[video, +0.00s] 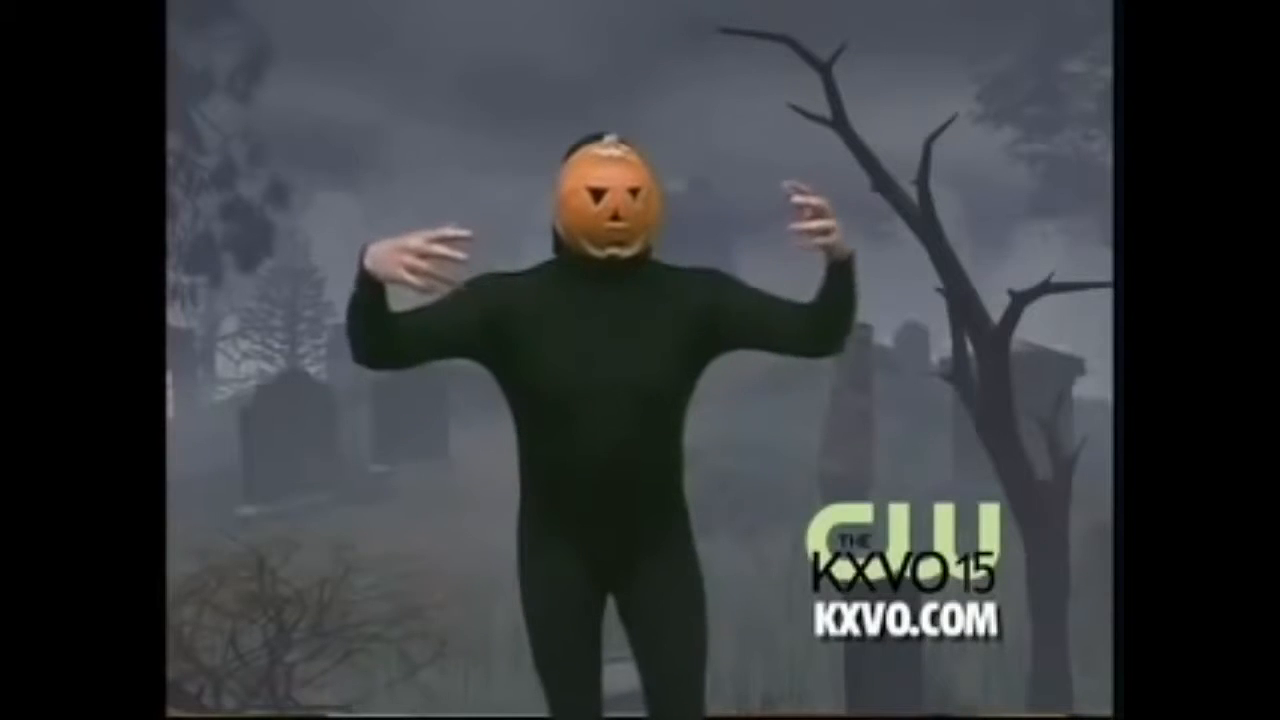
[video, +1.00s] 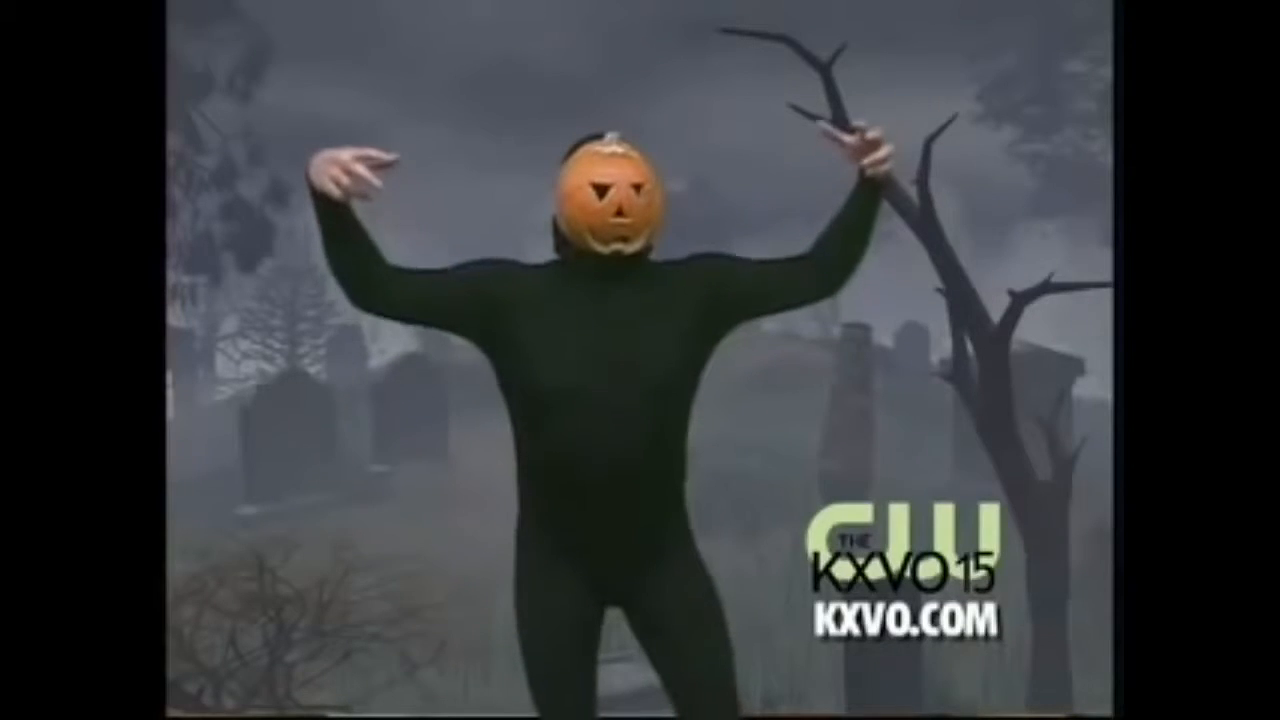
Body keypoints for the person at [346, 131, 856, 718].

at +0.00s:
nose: (616, 206)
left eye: (633, 193)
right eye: (596, 193)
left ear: (657, 209)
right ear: (559, 210)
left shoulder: (696, 299)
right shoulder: (505, 303)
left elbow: (821, 333)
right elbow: (379, 347)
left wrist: (840, 261)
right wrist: (371, 274)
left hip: (659, 545)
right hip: (556, 549)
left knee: (680, 704)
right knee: (572, 706)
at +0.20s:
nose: (617, 203)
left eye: (634, 191)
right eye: (596, 190)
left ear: (656, 208)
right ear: (559, 209)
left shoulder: (697, 297)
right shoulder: (505, 302)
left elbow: (824, 321)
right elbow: (377, 339)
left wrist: (852, 243)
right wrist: (357, 262)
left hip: (659, 545)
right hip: (555, 549)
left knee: (686, 707)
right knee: (572, 709)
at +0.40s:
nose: (617, 199)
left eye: (634, 189)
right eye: (595, 188)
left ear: (657, 210)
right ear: (559, 210)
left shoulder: (699, 295)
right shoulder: (505, 301)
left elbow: (823, 309)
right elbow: (375, 330)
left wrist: (859, 227)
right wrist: (344, 250)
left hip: (661, 550)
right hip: (554, 555)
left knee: (693, 708)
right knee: (570, 711)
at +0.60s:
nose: (617, 199)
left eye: (634, 187)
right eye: (596, 186)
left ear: (658, 211)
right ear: (559, 210)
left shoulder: (699, 294)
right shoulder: (503, 300)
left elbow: (824, 295)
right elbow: (374, 320)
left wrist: (864, 213)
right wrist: (334, 236)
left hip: (662, 552)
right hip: (554, 558)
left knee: (703, 709)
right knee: (568, 713)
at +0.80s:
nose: (617, 195)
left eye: (634, 184)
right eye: (595, 182)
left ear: (658, 210)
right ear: (559, 208)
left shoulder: (700, 292)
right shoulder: (503, 298)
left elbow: (823, 283)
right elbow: (373, 305)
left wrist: (869, 198)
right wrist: (327, 218)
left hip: (663, 554)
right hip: (553, 560)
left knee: (711, 710)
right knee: (567, 715)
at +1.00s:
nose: (617, 191)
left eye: (634, 181)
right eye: (595, 179)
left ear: (657, 209)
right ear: (559, 209)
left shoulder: (701, 289)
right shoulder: (503, 294)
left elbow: (821, 271)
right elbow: (373, 286)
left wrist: (869, 186)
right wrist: (328, 198)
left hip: (663, 556)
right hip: (553, 561)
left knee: (716, 709)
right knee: (563, 712)